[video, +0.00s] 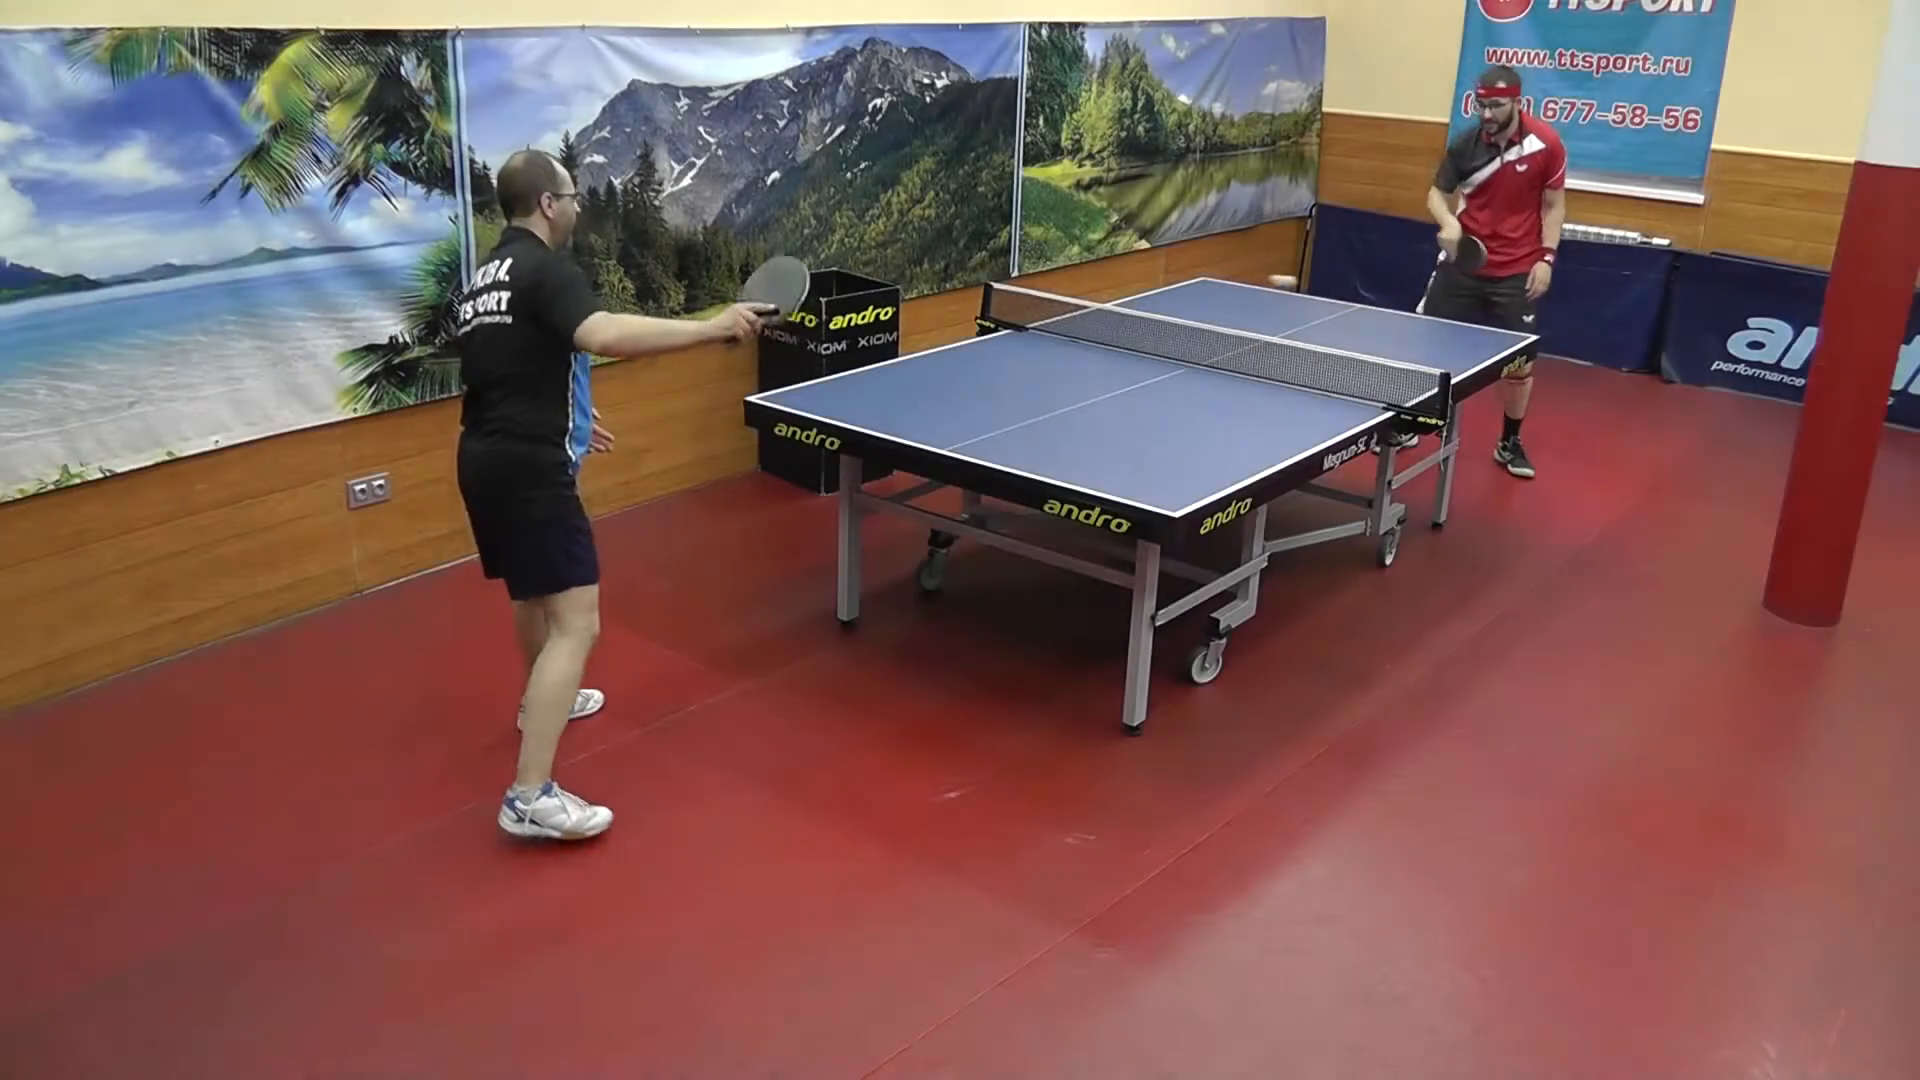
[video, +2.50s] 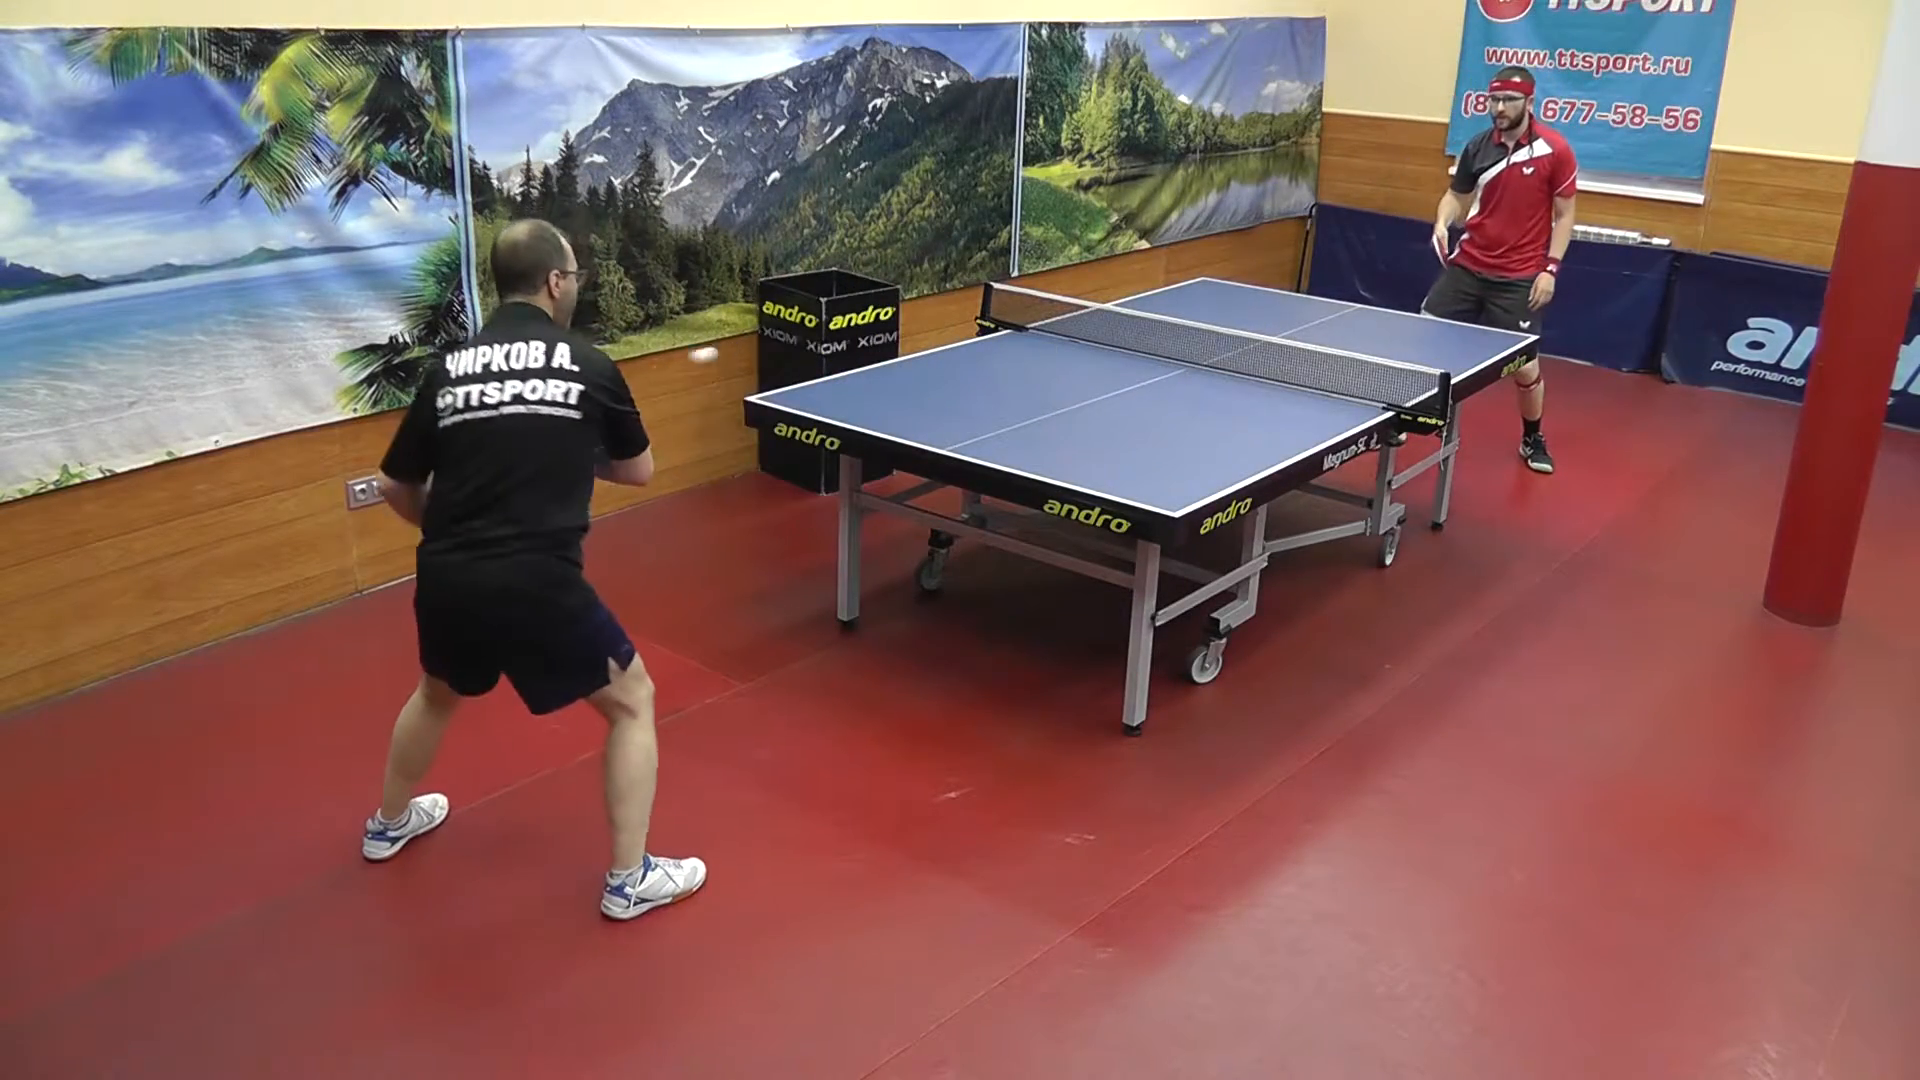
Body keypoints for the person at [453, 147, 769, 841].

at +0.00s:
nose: (577, 208)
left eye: (574, 197)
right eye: (571, 197)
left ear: (517, 208)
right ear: (547, 204)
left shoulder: (484, 273)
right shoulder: (544, 267)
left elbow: (493, 376)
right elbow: (601, 335)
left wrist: (561, 421)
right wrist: (711, 327)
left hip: (484, 461)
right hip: (529, 464)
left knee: (531, 592)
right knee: (575, 625)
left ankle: (543, 694)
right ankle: (529, 795)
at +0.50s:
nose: (625, 235)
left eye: (622, 223)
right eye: (618, 225)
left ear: (569, 235)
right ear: (586, 237)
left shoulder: (520, 289)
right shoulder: (561, 320)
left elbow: (515, 392)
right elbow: (570, 454)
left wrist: (586, 431)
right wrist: (654, 502)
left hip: (470, 482)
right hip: (512, 503)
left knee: (501, 603)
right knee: (573, 653)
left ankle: (485, 718)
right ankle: (543, 822)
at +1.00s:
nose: (758, 368)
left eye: (756, 356)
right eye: (747, 360)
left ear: (707, 368)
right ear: (701, 371)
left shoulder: (693, 384)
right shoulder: (626, 445)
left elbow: (734, 399)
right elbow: (569, 572)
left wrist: (783, 449)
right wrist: (571, 697)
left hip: (611, 556)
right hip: (596, 575)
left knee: (556, 627)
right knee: (703, 683)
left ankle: (496, 712)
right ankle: (701, 842)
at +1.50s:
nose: (783, 240)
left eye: (779, 228)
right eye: (778, 230)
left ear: (705, 241)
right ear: (754, 246)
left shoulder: (650, 303)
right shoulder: (748, 330)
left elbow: (589, 391)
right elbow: (882, 322)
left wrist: (625, 456)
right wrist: (888, 215)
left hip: (579, 504)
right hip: (647, 542)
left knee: (576, 578)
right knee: (717, 686)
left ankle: (518, 673)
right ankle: (700, 858)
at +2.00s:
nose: (637, 283)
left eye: (634, 270)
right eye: (631, 272)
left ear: (568, 283)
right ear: (603, 287)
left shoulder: (512, 342)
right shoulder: (586, 398)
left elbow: (512, 458)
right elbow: (614, 526)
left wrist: (588, 514)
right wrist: (674, 540)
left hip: (452, 558)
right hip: (523, 578)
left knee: (446, 689)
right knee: (634, 699)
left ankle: (388, 819)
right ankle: (684, 865)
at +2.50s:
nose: (576, 286)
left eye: (572, 273)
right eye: (572, 275)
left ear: (501, 284)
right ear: (554, 281)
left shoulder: (452, 365)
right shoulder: (587, 364)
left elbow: (398, 483)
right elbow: (637, 470)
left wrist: (448, 526)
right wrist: (566, 454)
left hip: (448, 580)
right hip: (540, 583)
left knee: (436, 693)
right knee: (631, 699)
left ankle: (388, 820)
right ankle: (630, 874)